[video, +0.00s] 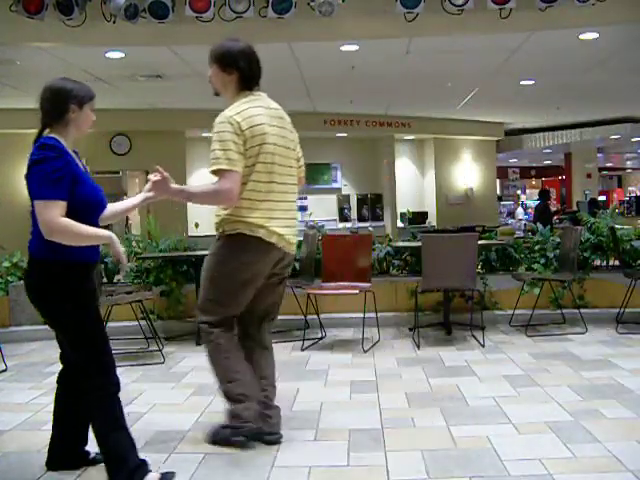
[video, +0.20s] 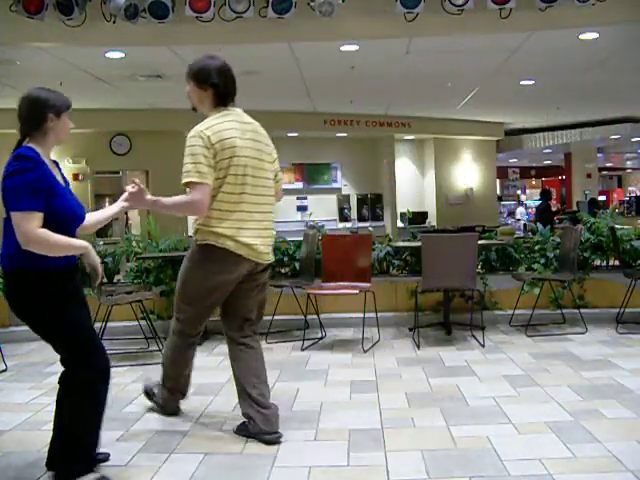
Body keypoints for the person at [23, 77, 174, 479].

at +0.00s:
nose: (93, 117)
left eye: (93, 110)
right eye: (89, 110)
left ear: (65, 113)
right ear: (70, 112)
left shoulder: (66, 153)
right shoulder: (50, 155)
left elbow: (94, 214)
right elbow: (50, 225)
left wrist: (142, 197)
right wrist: (105, 237)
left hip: (76, 272)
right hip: (59, 276)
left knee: (78, 364)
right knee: (100, 374)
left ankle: (65, 453)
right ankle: (128, 469)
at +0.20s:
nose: (72, 124)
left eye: (70, 117)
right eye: (68, 117)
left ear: (47, 121)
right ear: (50, 120)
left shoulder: (47, 164)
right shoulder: (25, 165)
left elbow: (77, 224)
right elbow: (29, 236)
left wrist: (121, 205)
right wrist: (81, 248)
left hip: (55, 278)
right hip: (36, 281)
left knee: (85, 361)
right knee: (90, 363)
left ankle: (77, 450)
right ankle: (68, 463)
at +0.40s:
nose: (49, 118)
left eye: (48, 111)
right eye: (45, 111)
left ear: (25, 115)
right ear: (25, 114)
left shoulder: (33, 158)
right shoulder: (6, 157)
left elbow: (53, 224)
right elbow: (3, 226)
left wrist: (94, 205)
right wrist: (55, 254)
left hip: (44, 272)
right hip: (14, 277)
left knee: (62, 359)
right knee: (46, 362)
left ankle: (65, 454)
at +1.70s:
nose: (81, 122)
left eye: (78, 115)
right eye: (74, 116)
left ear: (52, 123)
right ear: (54, 123)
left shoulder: (49, 161)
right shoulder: (49, 164)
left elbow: (90, 208)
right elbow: (54, 229)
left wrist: (140, 195)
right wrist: (109, 247)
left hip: (34, 271)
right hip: (51, 273)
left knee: (34, 360)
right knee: (89, 354)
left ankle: (19, 446)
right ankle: (120, 433)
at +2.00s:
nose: (117, 124)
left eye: (115, 118)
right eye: (110, 119)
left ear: (89, 127)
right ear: (90, 125)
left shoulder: (87, 162)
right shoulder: (87, 165)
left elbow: (127, 206)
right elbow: (99, 226)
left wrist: (177, 197)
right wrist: (153, 227)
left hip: (81, 265)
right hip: (97, 266)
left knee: (97, 348)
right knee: (127, 352)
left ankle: (45, 424)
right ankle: (123, 432)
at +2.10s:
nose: (127, 134)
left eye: (126, 128)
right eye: (120, 128)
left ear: (101, 134)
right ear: (98, 133)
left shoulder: (105, 171)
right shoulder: (95, 174)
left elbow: (138, 215)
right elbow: (110, 231)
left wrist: (185, 203)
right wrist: (165, 229)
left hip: (112, 270)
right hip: (104, 272)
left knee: (134, 348)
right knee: (137, 350)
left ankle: (77, 415)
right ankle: (126, 434)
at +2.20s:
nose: (136, 132)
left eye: (136, 125)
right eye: (130, 126)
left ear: (116, 132)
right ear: (108, 131)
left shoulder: (118, 168)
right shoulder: (103, 170)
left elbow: (141, 218)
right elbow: (116, 228)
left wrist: (184, 214)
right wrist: (175, 226)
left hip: (127, 268)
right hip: (113, 270)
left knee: (157, 339)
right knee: (145, 345)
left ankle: (128, 425)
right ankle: (124, 432)